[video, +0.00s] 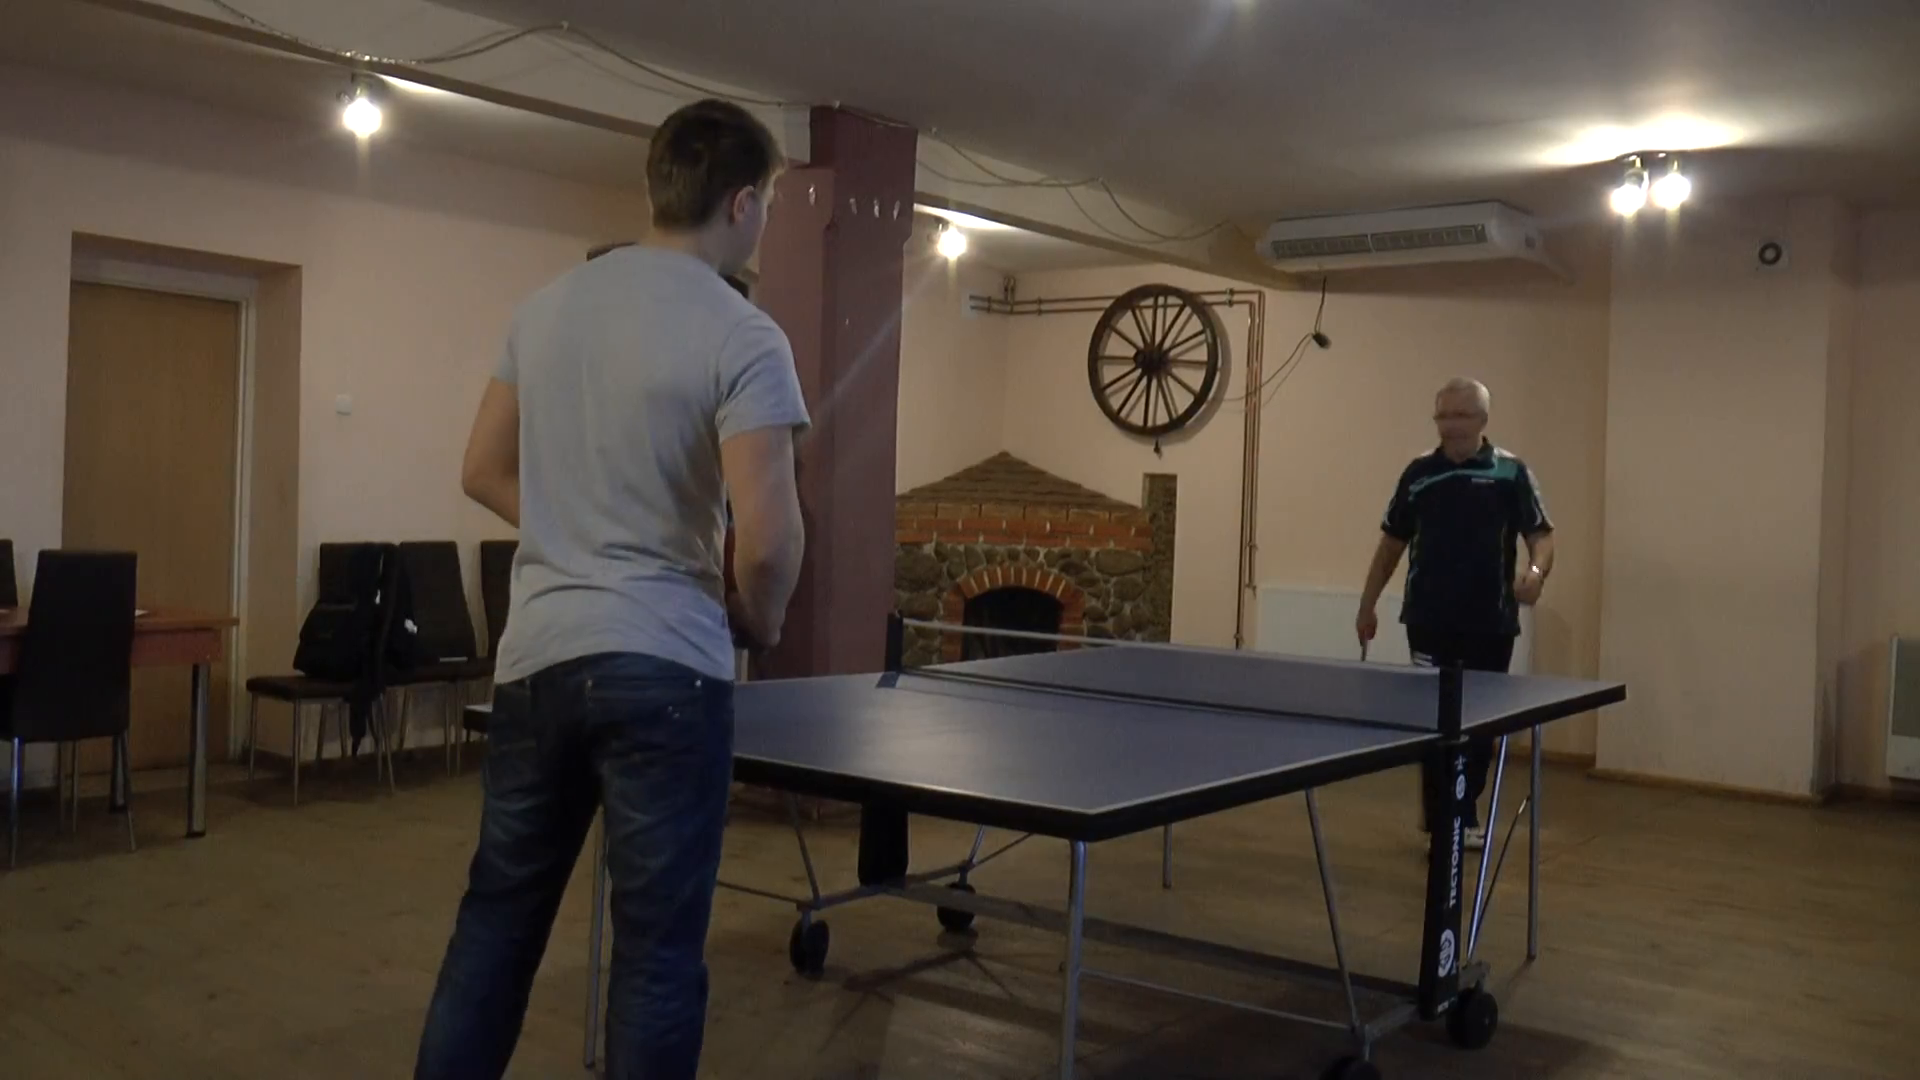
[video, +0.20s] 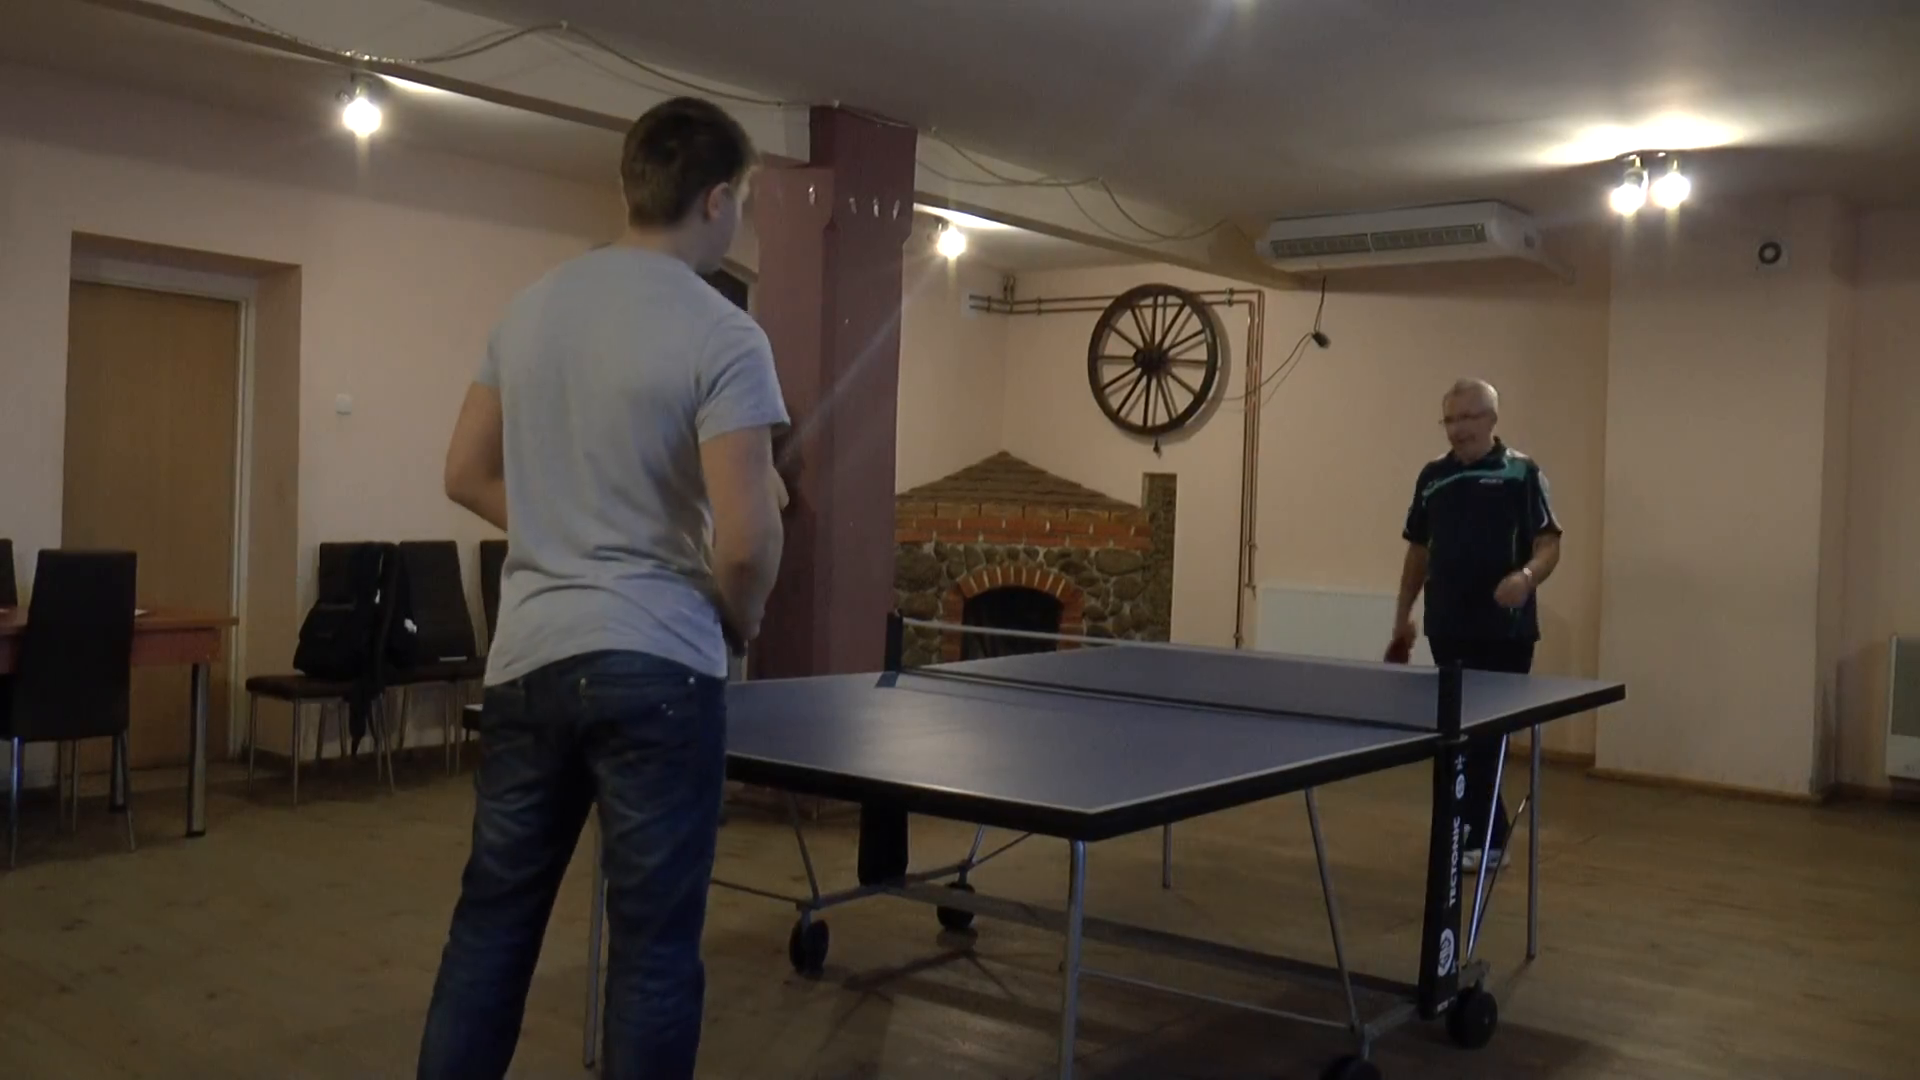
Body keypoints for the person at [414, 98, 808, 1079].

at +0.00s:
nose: (764, 218)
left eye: (768, 201)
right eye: (765, 199)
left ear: (653, 192)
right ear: (740, 200)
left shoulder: (546, 307)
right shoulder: (740, 331)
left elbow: (487, 471)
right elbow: (765, 540)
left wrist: (577, 533)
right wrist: (758, 623)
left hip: (535, 651)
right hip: (664, 657)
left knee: (496, 919)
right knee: (658, 945)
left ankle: (446, 1072)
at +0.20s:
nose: (739, 215)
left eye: (742, 198)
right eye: (740, 197)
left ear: (630, 190)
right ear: (715, 198)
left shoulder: (530, 309)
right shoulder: (722, 330)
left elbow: (469, 472)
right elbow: (744, 542)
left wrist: (562, 534)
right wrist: (740, 619)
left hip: (528, 650)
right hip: (655, 656)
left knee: (492, 917)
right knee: (655, 936)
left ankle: (449, 1074)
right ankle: (645, 1075)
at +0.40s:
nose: (697, 207)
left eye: (697, 190)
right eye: (698, 189)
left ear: (590, 186)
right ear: (680, 196)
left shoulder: (498, 310)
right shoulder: (691, 328)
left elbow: (439, 477)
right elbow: (714, 539)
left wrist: (533, 534)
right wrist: (713, 609)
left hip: (500, 653)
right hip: (630, 655)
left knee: (471, 928)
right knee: (639, 942)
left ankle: (439, 1075)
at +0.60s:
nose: (641, 201)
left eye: (632, 185)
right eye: (642, 187)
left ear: (532, 187)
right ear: (631, 194)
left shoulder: (453, 315)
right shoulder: (648, 324)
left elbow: (404, 480)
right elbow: (675, 534)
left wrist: (504, 525)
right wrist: (679, 604)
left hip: (463, 651)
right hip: (593, 655)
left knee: (450, 924)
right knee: (624, 939)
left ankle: (428, 1073)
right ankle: (631, 1075)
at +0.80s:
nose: (587, 198)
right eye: (588, 184)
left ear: (479, 184)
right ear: (580, 190)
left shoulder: (409, 319)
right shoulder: (595, 320)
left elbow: (371, 488)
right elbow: (637, 527)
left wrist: (478, 512)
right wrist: (652, 581)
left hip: (426, 654)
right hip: (555, 660)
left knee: (429, 929)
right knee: (617, 935)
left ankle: (418, 1076)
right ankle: (628, 1070)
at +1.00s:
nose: (552, 202)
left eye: (552, 184)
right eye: (551, 182)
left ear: (445, 185)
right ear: (523, 179)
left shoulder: (370, 324)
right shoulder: (541, 305)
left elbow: (354, 505)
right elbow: (588, 516)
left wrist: (458, 528)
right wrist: (629, 565)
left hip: (403, 655)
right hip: (528, 658)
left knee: (419, 935)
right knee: (607, 934)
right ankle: (626, 1071)